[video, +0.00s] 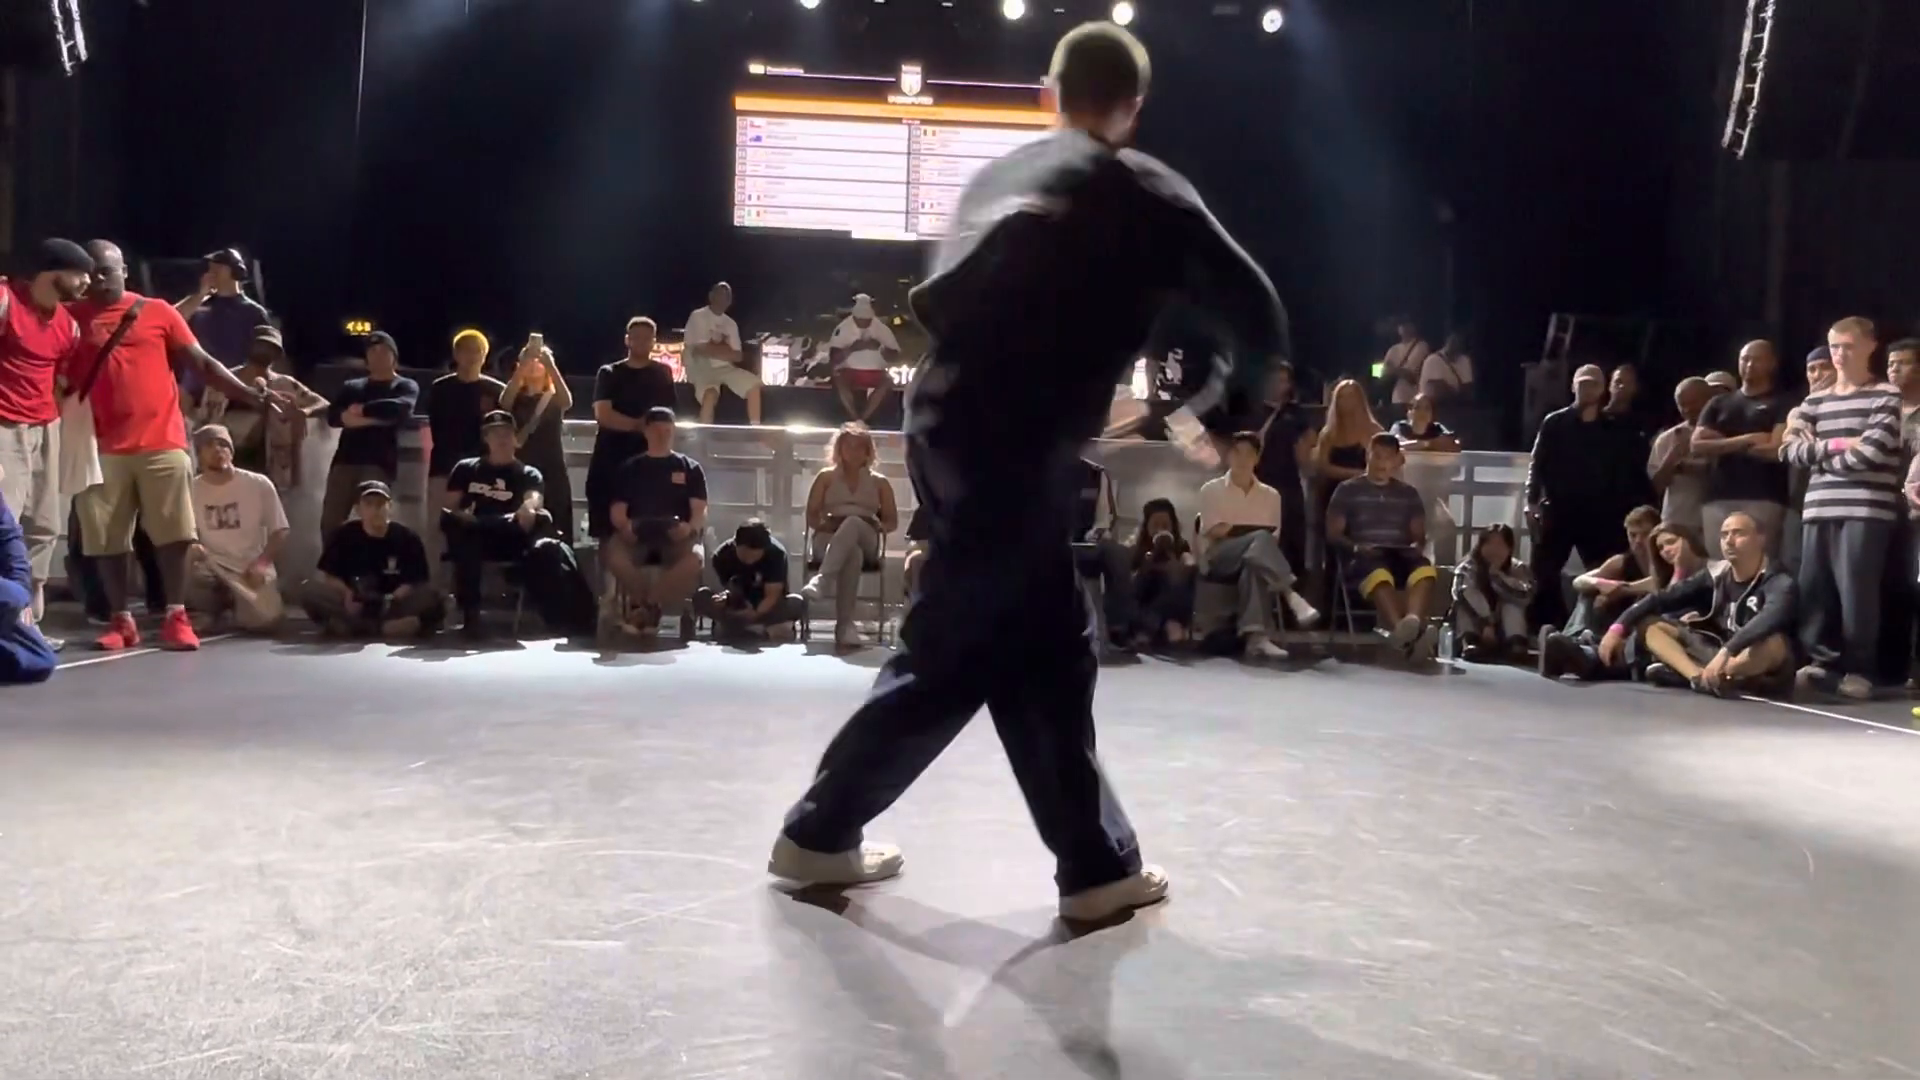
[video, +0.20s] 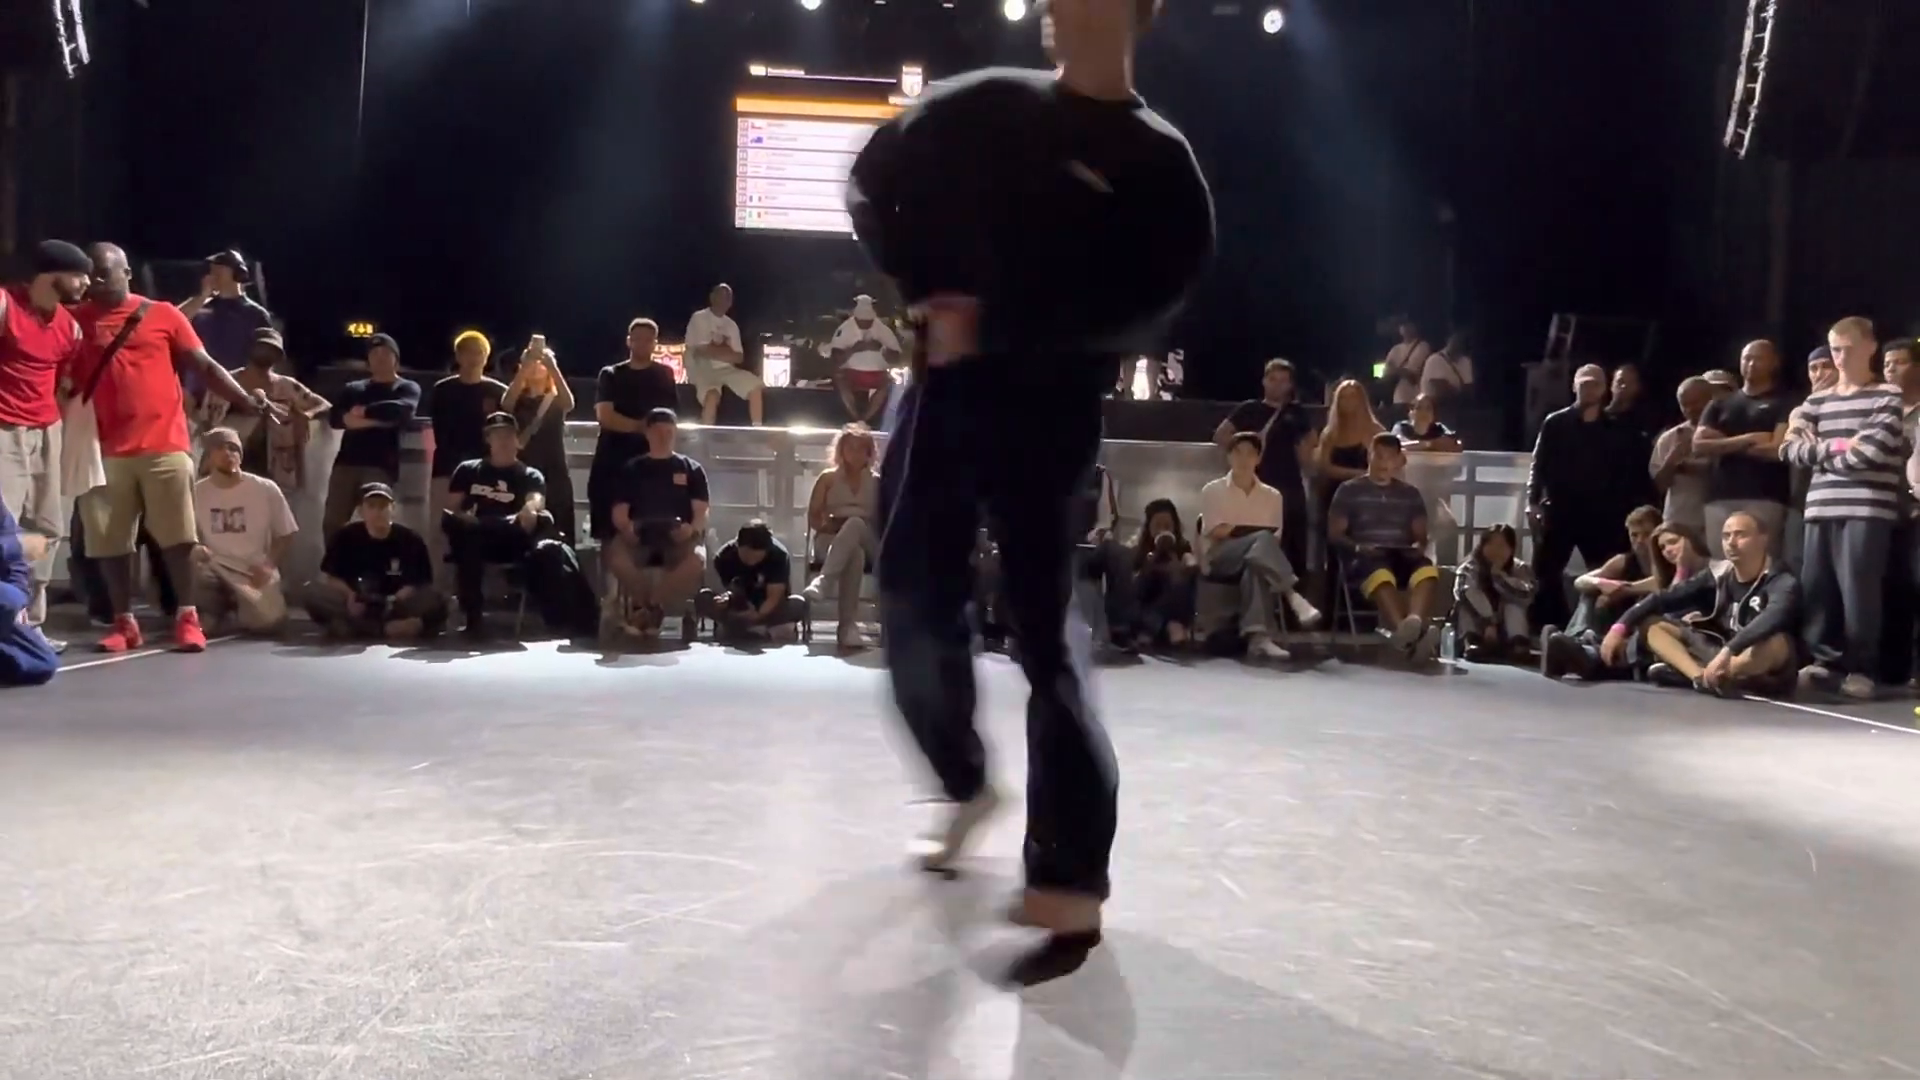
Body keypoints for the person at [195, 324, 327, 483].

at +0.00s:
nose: (264, 352)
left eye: (270, 348)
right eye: (260, 345)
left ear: (277, 354)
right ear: (251, 347)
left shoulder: (285, 383)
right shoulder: (227, 378)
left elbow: (323, 403)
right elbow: (207, 416)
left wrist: (305, 412)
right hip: (227, 450)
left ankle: (295, 473)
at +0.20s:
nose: (266, 355)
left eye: (272, 351)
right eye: (262, 348)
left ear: (278, 356)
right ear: (252, 350)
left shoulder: (286, 385)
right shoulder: (227, 381)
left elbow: (324, 404)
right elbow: (209, 420)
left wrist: (309, 413)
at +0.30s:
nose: (267, 356)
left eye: (273, 352)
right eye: (263, 349)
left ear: (279, 357)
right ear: (253, 350)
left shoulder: (289, 387)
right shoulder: (229, 383)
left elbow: (327, 406)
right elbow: (207, 423)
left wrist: (311, 415)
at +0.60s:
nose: (272, 353)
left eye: (278, 349)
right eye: (268, 346)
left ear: (283, 354)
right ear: (258, 347)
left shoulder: (291, 383)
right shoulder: (234, 379)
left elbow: (330, 403)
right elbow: (218, 414)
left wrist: (314, 411)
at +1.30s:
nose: (283, 346)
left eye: (288, 342)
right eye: (279, 340)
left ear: (294, 347)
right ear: (270, 341)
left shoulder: (302, 375)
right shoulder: (254, 372)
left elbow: (340, 397)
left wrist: (322, 405)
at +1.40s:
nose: (285, 345)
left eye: (290, 340)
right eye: (281, 339)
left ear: (296, 345)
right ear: (271, 341)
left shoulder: (306, 374)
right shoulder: (259, 373)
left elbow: (343, 397)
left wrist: (325, 404)